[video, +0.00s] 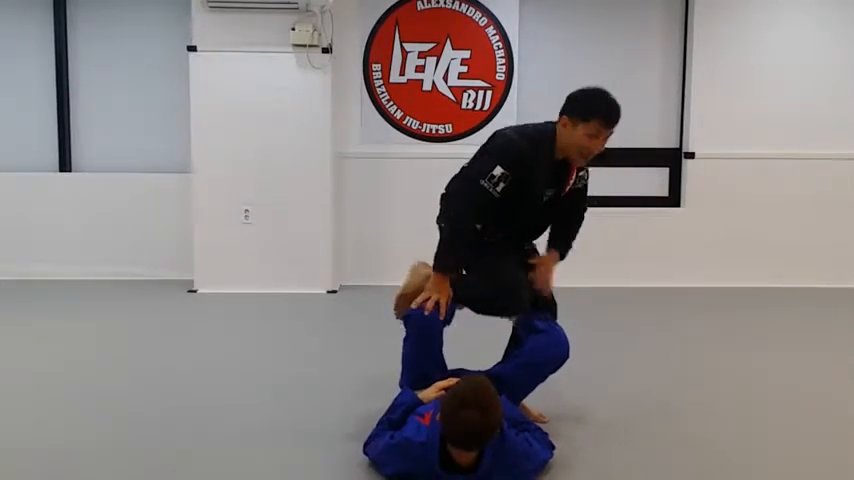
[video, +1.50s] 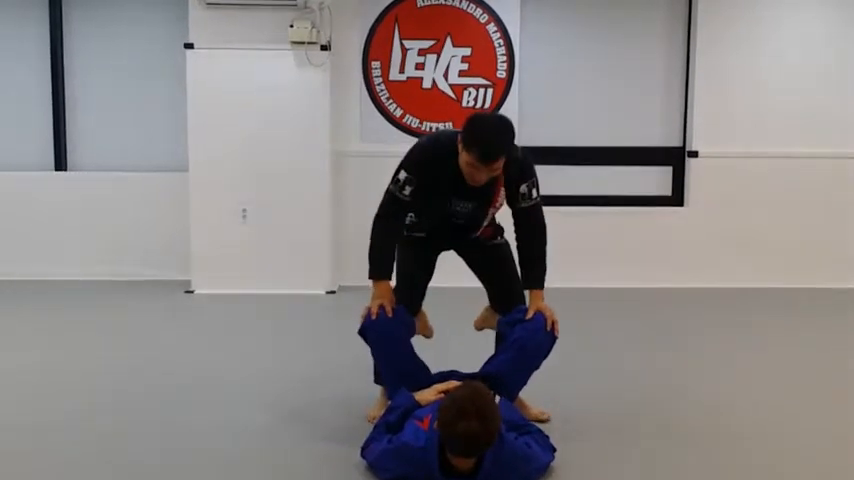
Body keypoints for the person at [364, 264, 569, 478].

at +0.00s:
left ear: (440, 417)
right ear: (499, 423)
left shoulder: (409, 451)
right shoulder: (516, 455)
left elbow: (375, 443)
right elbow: (539, 441)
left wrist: (416, 398)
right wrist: (513, 407)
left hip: (429, 394)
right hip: (498, 397)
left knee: (426, 318)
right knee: (554, 346)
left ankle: (422, 297)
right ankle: (539, 291)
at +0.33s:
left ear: (438, 417)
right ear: (496, 425)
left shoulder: (408, 450)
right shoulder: (515, 455)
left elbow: (374, 443)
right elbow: (540, 442)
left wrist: (414, 397)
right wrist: (518, 410)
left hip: (427, 393)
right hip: (498, 399)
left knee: (416, 318)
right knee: (552, 340)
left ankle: (432, 294)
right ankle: (524, 298)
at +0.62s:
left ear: (438, 421)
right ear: (498, 427)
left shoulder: (408, 451)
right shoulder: (517, 455)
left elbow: (374, 444)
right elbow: (540, 441)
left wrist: (414, 398)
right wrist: (511, 405)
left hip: (425, 392)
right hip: (493, 390)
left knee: (410, 319)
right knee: (546, 334)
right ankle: (511, 305)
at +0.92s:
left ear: (438, 421)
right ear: (498, 427)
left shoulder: (409, 451)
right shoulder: (517, 455)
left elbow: (374, 444)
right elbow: (540, 440)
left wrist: (413, 398)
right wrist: (506, 403)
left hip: (424, 392)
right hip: (494, 391)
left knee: (399, 323)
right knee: (544, 330)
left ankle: (431, 309)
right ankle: (508, 309)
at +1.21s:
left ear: (437, 425)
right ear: (498, 430)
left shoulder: (409, 452)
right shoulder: (517, 457)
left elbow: (373, 445)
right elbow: (540, 441)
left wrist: (411, 398)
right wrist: (506, 403)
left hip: (423, 394)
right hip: (492, 392)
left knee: (386, 319)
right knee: (543, 331)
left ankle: (413, 311)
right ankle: (491, 312)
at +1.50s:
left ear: (437, 426)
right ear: (496, 433)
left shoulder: (409, 453)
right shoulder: (518, 458)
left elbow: (372, 446)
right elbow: (541, 443)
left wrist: (410, 400)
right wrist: (501, 404)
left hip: (422, 396)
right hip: (491, 392)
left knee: (380, 321)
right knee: (541, 325)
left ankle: (415, 318)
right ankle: (497, 316)